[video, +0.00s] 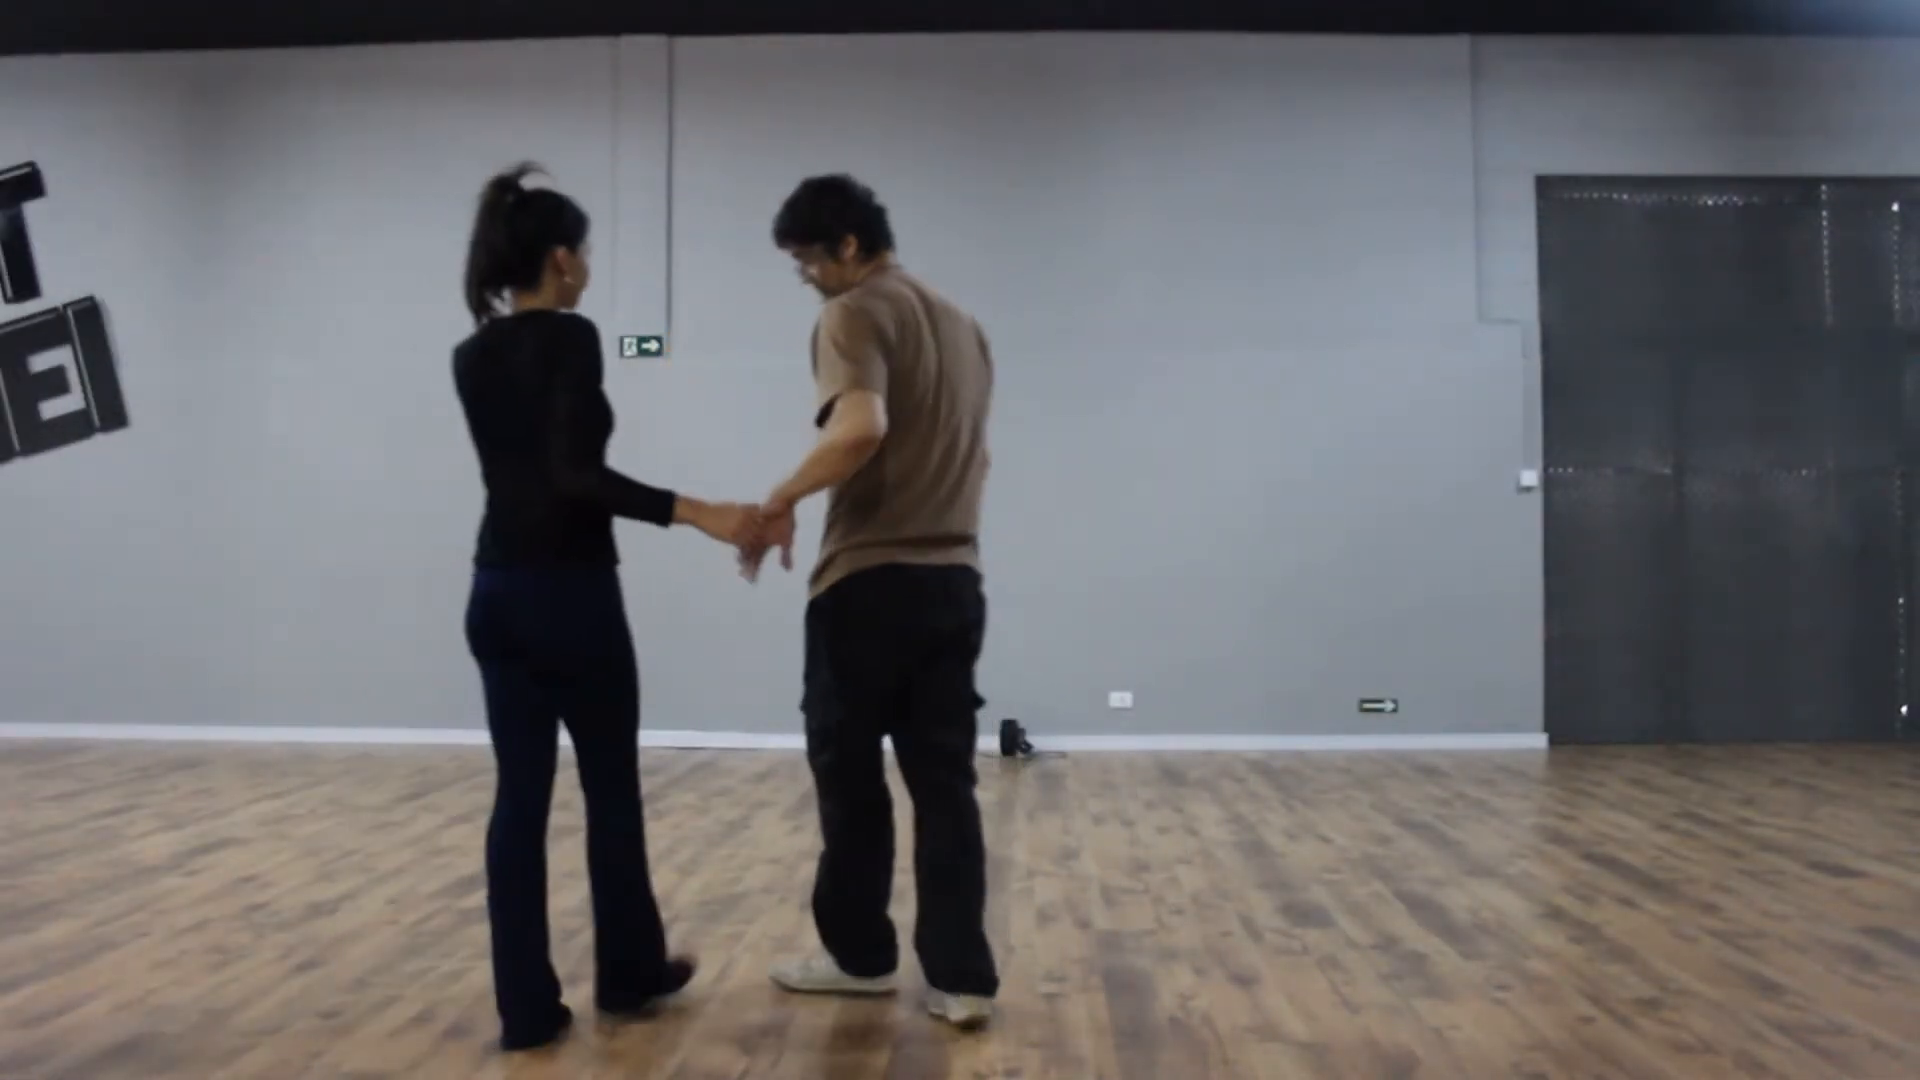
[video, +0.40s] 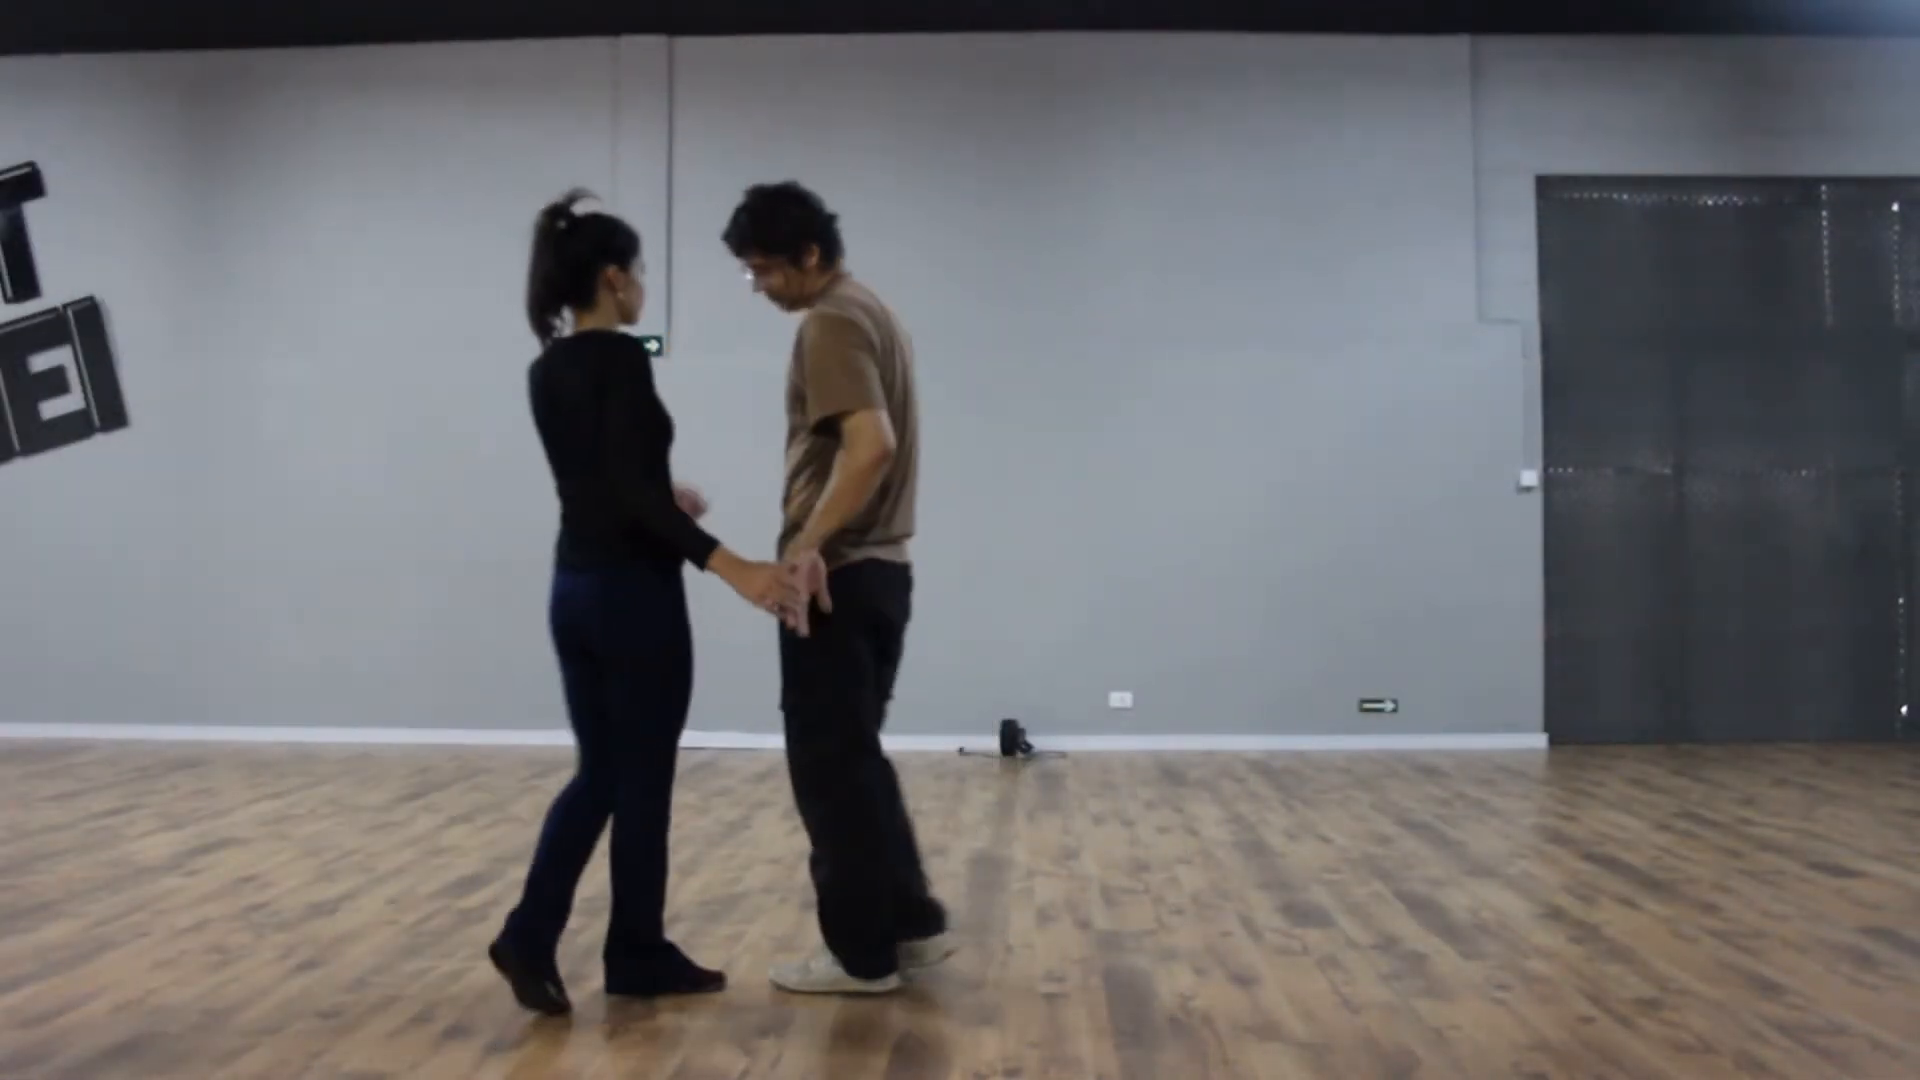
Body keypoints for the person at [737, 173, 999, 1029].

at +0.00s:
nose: (806, 281)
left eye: (808, 264)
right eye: (799, 267)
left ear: (848, 245)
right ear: (877, 245)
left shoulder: (852, 314)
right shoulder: (965, 327)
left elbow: (859, 427)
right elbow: (966, 450)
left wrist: (780, 499)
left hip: (864, 588)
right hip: (952, 587)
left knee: (847, 774)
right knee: (946, 779)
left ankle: (858, 954)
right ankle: (961, 979)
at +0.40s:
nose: (756, 284)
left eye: (761, 268)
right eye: (750, 269)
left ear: (805, 255)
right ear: (815, 255)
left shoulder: (833, 323)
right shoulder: (865, 313)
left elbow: (870, 445)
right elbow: (883, 448)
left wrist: (808, 544)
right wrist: (826, 540)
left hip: (840, 577)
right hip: (874, 573)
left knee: (826, 761)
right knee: (850, 749)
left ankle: (860, 953)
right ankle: (911, 919)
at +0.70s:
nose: (742, 289)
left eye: (752, 274)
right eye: (736, 275)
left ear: (799, 262)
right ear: (763, 265)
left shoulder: (835, 331)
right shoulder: (798, 333)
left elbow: (882, 448)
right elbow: (776, 443)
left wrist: (825, 552)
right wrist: (727, 530)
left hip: (833, 577)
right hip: (796, 574)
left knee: (834, 758)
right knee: (777, 747)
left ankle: (865, 954)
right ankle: (791, 922)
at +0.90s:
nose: (733, 289)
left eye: (745, 275)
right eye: (727, 276)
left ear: (789, 263)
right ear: (731, 268)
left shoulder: (828, 331)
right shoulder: (759, 339)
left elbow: (880, 443)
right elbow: (729, 418)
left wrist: (827, 547)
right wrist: (679, 471)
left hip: (815, 578)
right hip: (765, 573)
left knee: (822, 756)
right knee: (754, 749)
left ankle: (864, 947)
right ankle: (775, 921)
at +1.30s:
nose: (720, 282)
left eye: (733, 267)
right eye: (708, 270)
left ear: (767, 261)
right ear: (696, 270)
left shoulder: (803, 326)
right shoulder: (707, 347)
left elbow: (851, 433)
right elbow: (643, 425)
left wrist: (806, 535)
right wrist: (548, 441)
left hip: (778, 564)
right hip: (728, 562)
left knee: (765, 746)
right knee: (727, 747)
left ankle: (821, 932)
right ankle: (770, 921)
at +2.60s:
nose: (756, 258)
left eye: (766, 241)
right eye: (739, 249)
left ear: (795, 245)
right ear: (727, 265)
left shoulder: (847, 324)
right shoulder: (732, 346)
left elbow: (942, 397)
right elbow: (637, 439)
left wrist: (902, 494)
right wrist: (660, 425)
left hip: (832, 583)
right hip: (753, 583)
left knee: (823, 762)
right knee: (756, 758)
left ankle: (822, 941)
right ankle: (771, 921)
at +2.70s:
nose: (756, 259)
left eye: (768, 242)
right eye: (740, 249)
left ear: (798, 248)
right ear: (729, 264)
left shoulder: (847, 324)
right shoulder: (733, 345)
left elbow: (946, 394)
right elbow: (641, 447)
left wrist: (902, 491)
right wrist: (663, 425)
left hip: (837, 584)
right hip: (756, 585)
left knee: (831, 766)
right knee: (753, 761)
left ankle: (822, 942)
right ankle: (773, 919)